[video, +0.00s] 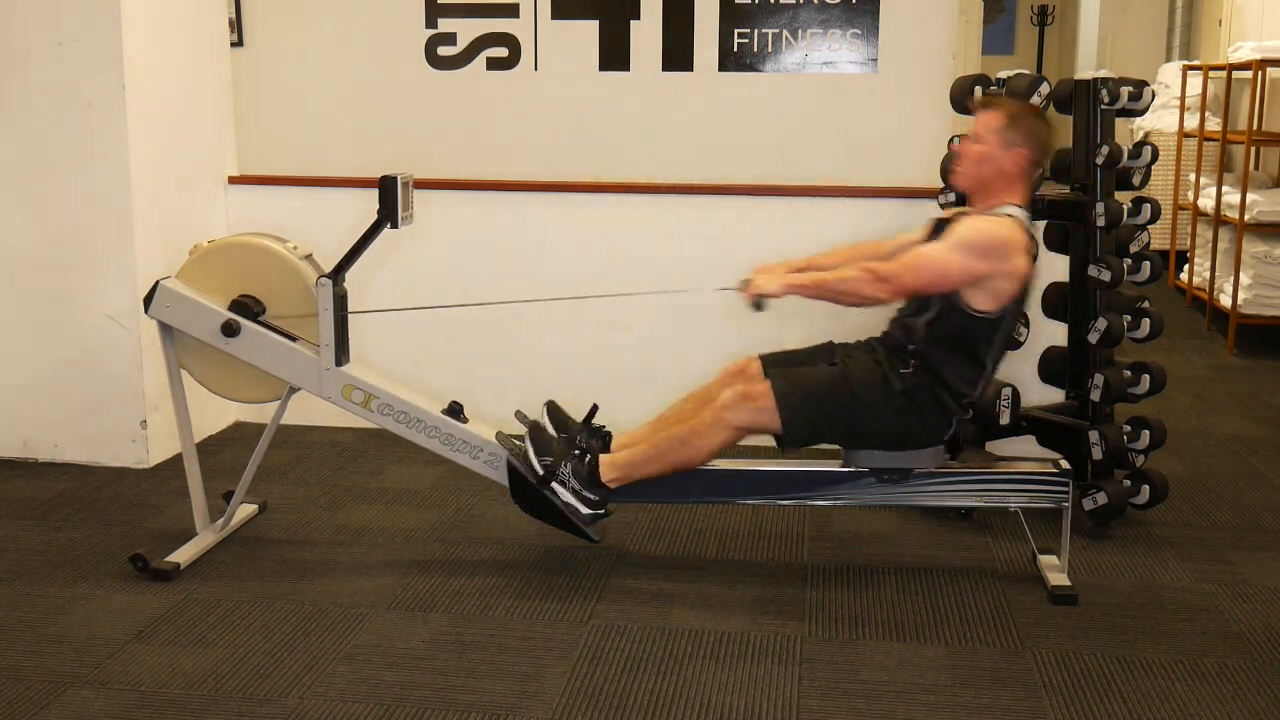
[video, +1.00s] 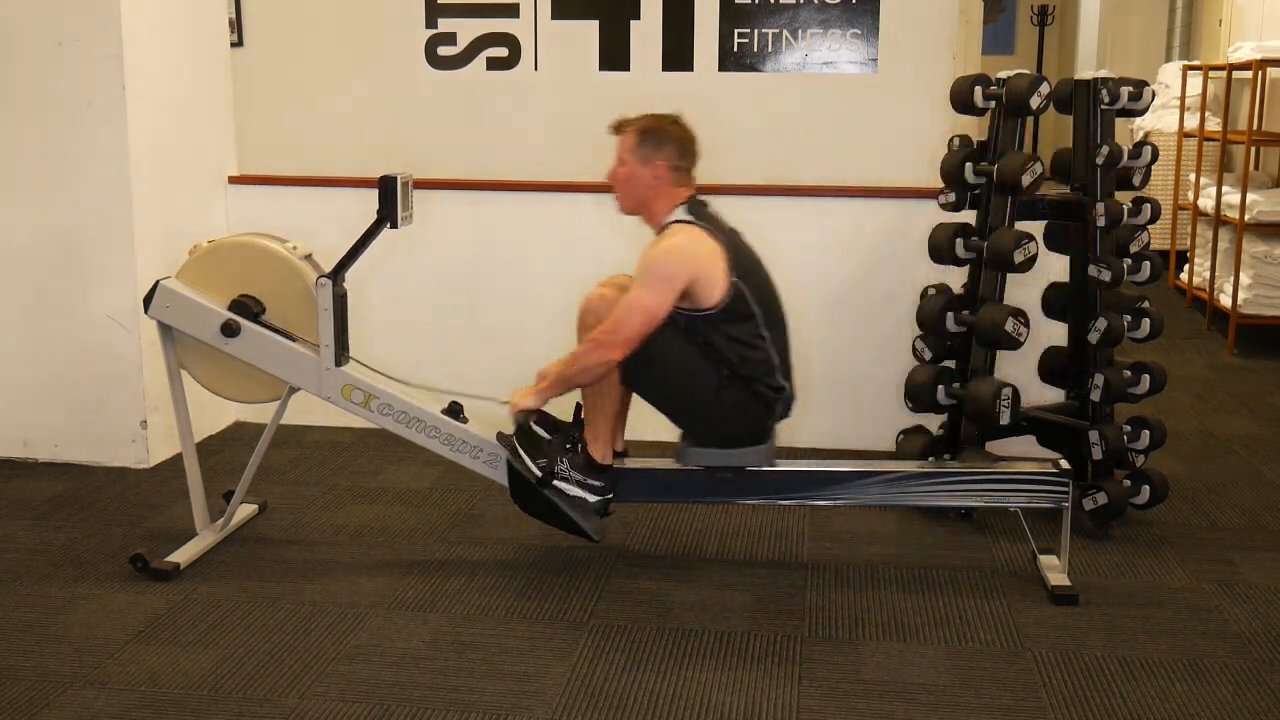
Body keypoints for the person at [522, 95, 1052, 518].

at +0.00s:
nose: (956, 148)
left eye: (972, 140)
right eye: (963, 137)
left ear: (1014, 162)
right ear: (1001, 158)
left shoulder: (995, 236)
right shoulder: (964, 220)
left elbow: (887, 285)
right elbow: (876, 260)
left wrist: (792, 281)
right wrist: (790, 271)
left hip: (916, 392)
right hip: (893, 367)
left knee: (743, 400)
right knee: (736, 380)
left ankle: (592, 486)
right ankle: (598, 458)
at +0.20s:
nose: (1047, 214)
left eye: (1062, 206)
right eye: (1053, 202)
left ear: (1103, 226)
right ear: (1088, 221)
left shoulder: (1090, 298)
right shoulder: (1050, 278)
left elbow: (1037, 378)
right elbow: (992, 334)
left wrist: (960, 316)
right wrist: (951, 303)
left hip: (931, 395)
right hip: (908, 370)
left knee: (757, 421)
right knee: (752, 401)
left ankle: (598, 487)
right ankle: (604, 461)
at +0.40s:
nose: (1036, 218)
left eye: (1051, 209)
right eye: (1041, 205)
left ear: (1094, 226)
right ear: (1079, 222)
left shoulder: (1080, 302)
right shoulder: (1047, 279)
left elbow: (1016, 380)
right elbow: (994, 336)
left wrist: (942, 322)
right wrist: (945, 304)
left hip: (929, 399)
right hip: (912, 374)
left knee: (755, 416)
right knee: (754, 392)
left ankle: (599, 486)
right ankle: (608, 459)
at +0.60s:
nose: (916, 166)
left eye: (928, 155)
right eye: (920, 153)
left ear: (968, 162)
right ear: (961, 162)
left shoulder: (979, 244)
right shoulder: (951, 227)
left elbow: (895, 320)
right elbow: (888, 270)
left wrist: (806, 300)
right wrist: (814, 274)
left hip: (909, 400)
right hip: (890, 377)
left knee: (728, 368)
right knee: (728, 364)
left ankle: (601, 487)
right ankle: (608, 465)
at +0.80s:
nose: (745, 161)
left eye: (756, 149)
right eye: (749, 148)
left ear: (796, 155)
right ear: (795, 156)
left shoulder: (813, 231)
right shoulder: (804, 222)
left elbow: (729, 318)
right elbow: (732, 277)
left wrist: (640, 330)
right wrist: (657, 302)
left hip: (833, 408)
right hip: (824, 389)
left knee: (668, 340)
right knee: (673, 324)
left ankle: (597, 475)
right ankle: (605, 450)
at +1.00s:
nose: (610, 178)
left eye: (621, 164)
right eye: (615, 164)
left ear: (658, 173)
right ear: (661, 173)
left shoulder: (678, 246)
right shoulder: (694, 227)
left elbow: (611, 349)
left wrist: (542, 393)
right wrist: (563, 371)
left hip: (736, 418)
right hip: (747, 407)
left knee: (601, 304)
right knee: (617, 290)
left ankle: (595, 464)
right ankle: (607, 445)